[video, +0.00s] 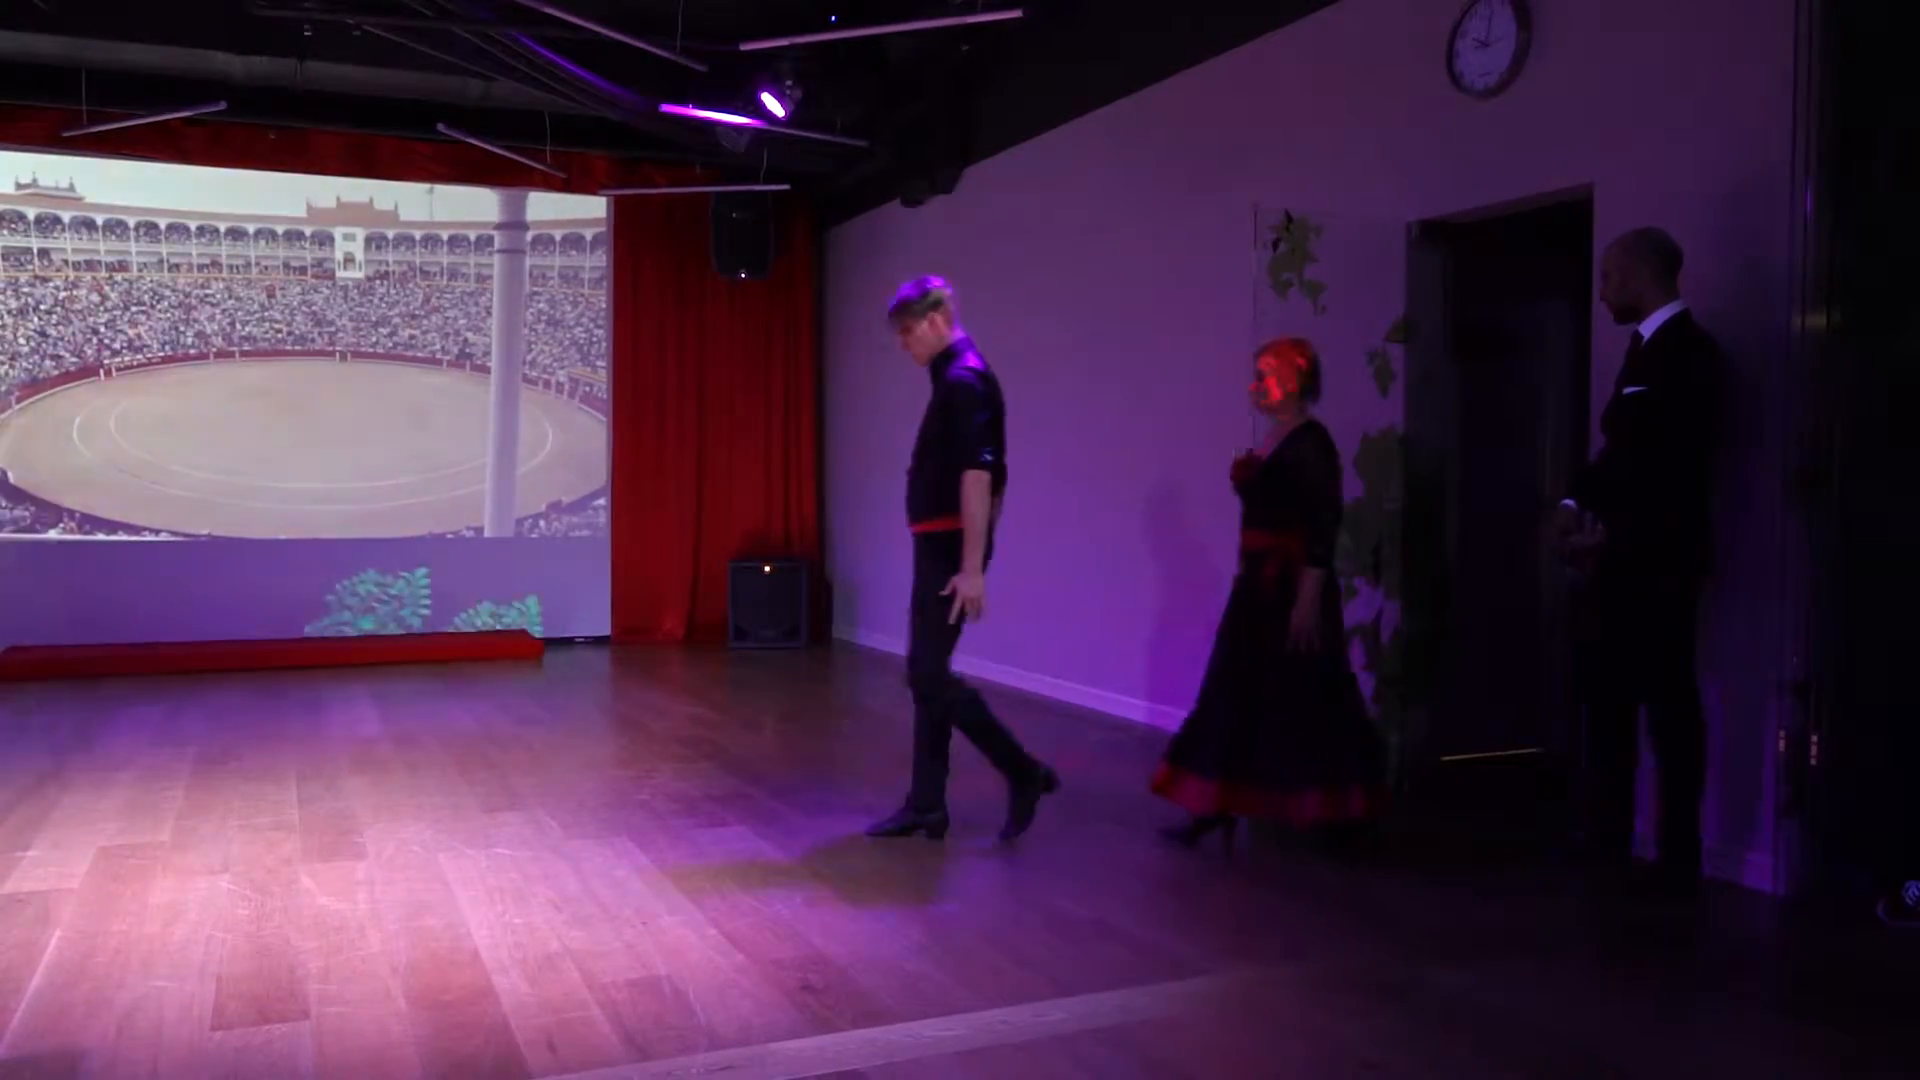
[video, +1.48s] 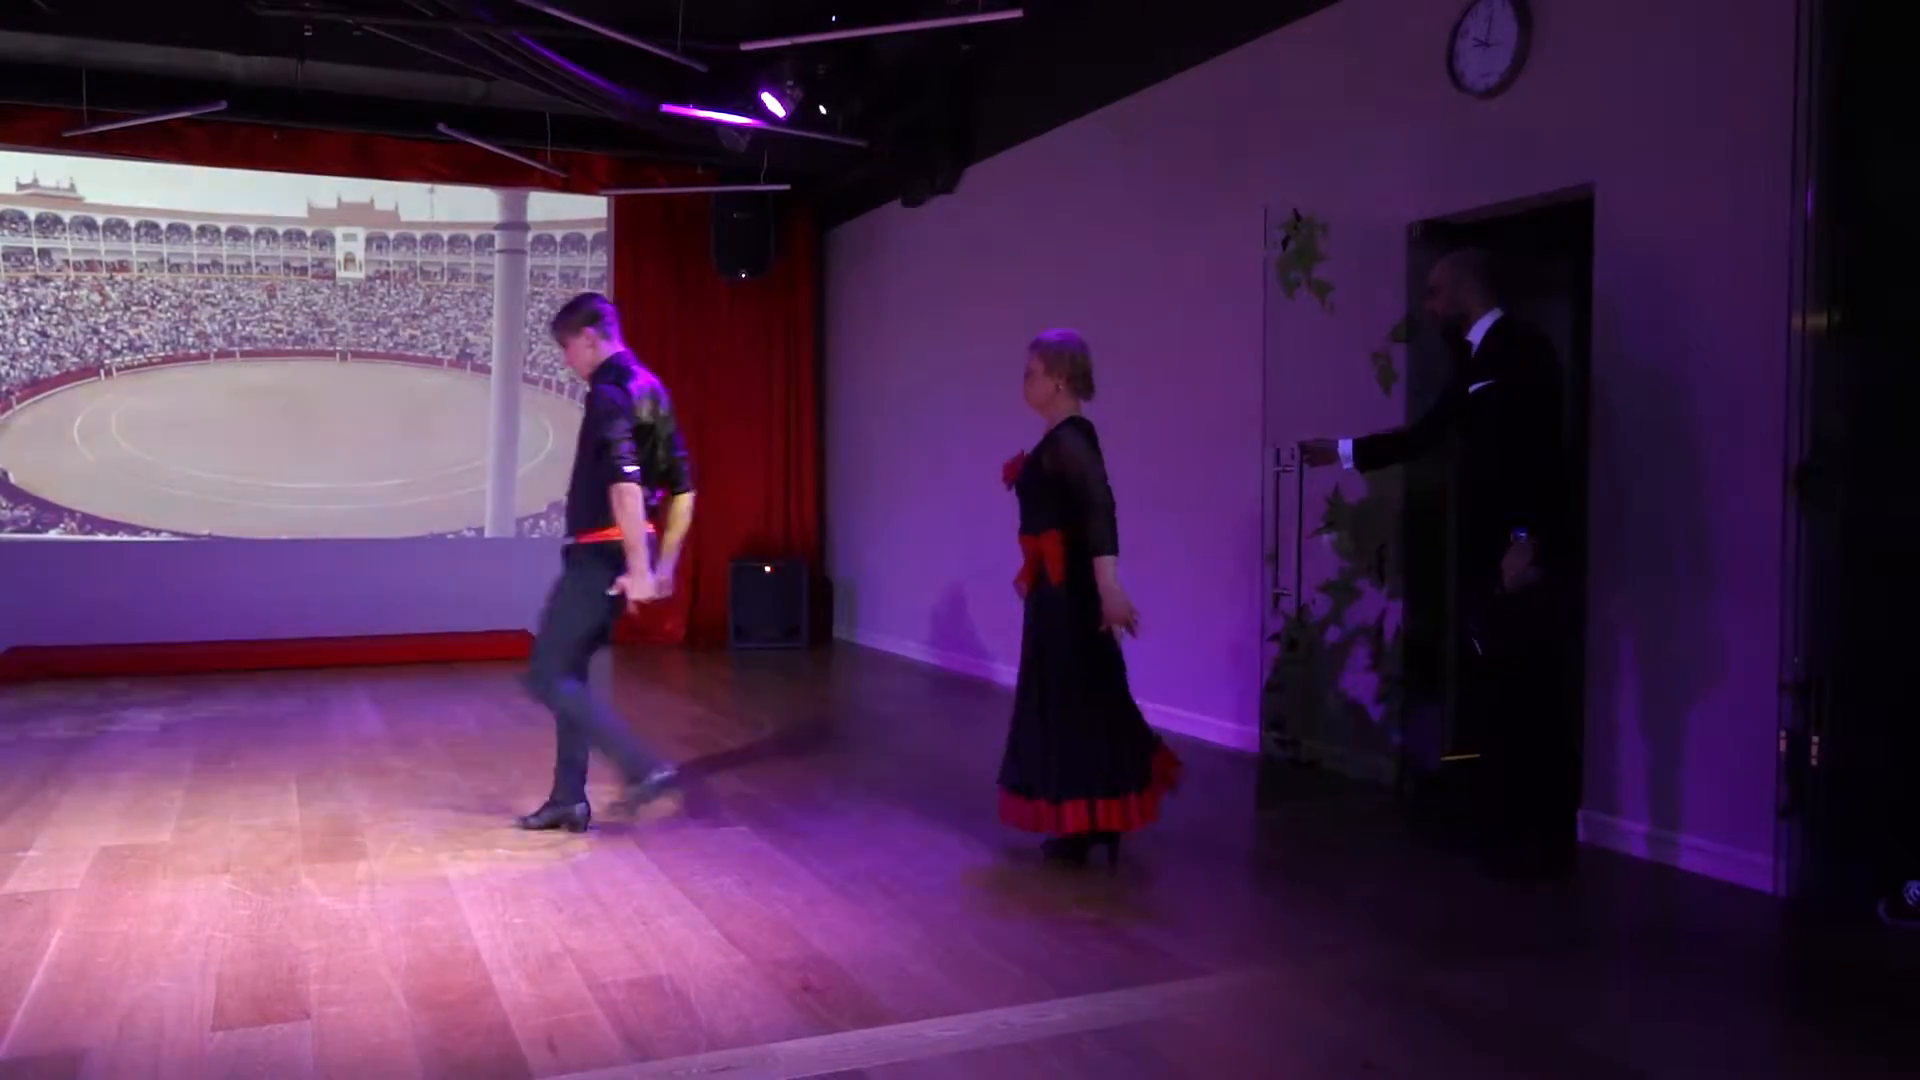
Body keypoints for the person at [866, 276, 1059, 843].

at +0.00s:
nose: (904, 343)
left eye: (909, 330)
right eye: (900, 333)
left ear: (940, 320)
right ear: (937, 324)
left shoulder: (964, 381)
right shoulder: (956, 375)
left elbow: (978, 479)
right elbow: (964, 474)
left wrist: (973, 570)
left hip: (949, 546)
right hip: (936, 541)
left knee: (930, 674)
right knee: (928, 676)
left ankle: (1025, 773)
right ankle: (925, 805)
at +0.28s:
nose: (850, 343)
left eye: (855, 330)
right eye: (846, 332)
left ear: (884, 319)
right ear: (885, 321)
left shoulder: (909, 379)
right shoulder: (915, 371)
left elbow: (928, 473)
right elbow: (935, 474)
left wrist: (918, 564)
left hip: (890, 548)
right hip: (911, 545)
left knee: (840, 662)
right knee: (911, 673)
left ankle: (828, 802)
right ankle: (926, 806)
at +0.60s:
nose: (786, 342)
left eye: (790, 329)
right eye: (783, 331)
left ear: (820, 317)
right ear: (821, 318)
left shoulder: (847, 375)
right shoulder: (855, 367)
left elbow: (867, 467)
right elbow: (877, 465)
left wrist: (859, 558)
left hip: (839, 538)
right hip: (860, 532)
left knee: (821, 672)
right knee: (887, 668)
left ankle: (803, 803)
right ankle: (919, 795)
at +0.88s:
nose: (731, 341)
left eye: (734, 328)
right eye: (728, 330)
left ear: (763, 316)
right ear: (764, 317)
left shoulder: (790, 370)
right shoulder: (801, 365)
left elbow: (810, 463)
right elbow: (835, 465)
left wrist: (805, 556)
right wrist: (821, 535)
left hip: (785, 539)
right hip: (800, 536)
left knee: (790, 674)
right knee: (827, 667)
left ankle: (800, 803)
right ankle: (896, 776)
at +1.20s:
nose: (652, 355)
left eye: (654, 342)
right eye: (650, 344)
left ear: (682, 331)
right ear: (688, 332)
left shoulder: (699, 391)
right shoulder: (737, 384)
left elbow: (714, 487)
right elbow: (779, 479)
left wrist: (728, 577)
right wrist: (775, 553)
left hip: (713, 555)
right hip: (727, 550)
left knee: (749, 680)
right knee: (653, 654)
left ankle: (800, 802)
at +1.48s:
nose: (567, 360)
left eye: (568, 348)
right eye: (564, 349)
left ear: (593, 337)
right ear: (604, 336)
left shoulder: (610, 392)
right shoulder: (648, 386)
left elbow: (625, 482)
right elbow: (683, 487)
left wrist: (639, 568)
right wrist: (663, 564)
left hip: (597, 555)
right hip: (620, 552)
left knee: (547, 674)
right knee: (569, 676)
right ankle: (567, 799)